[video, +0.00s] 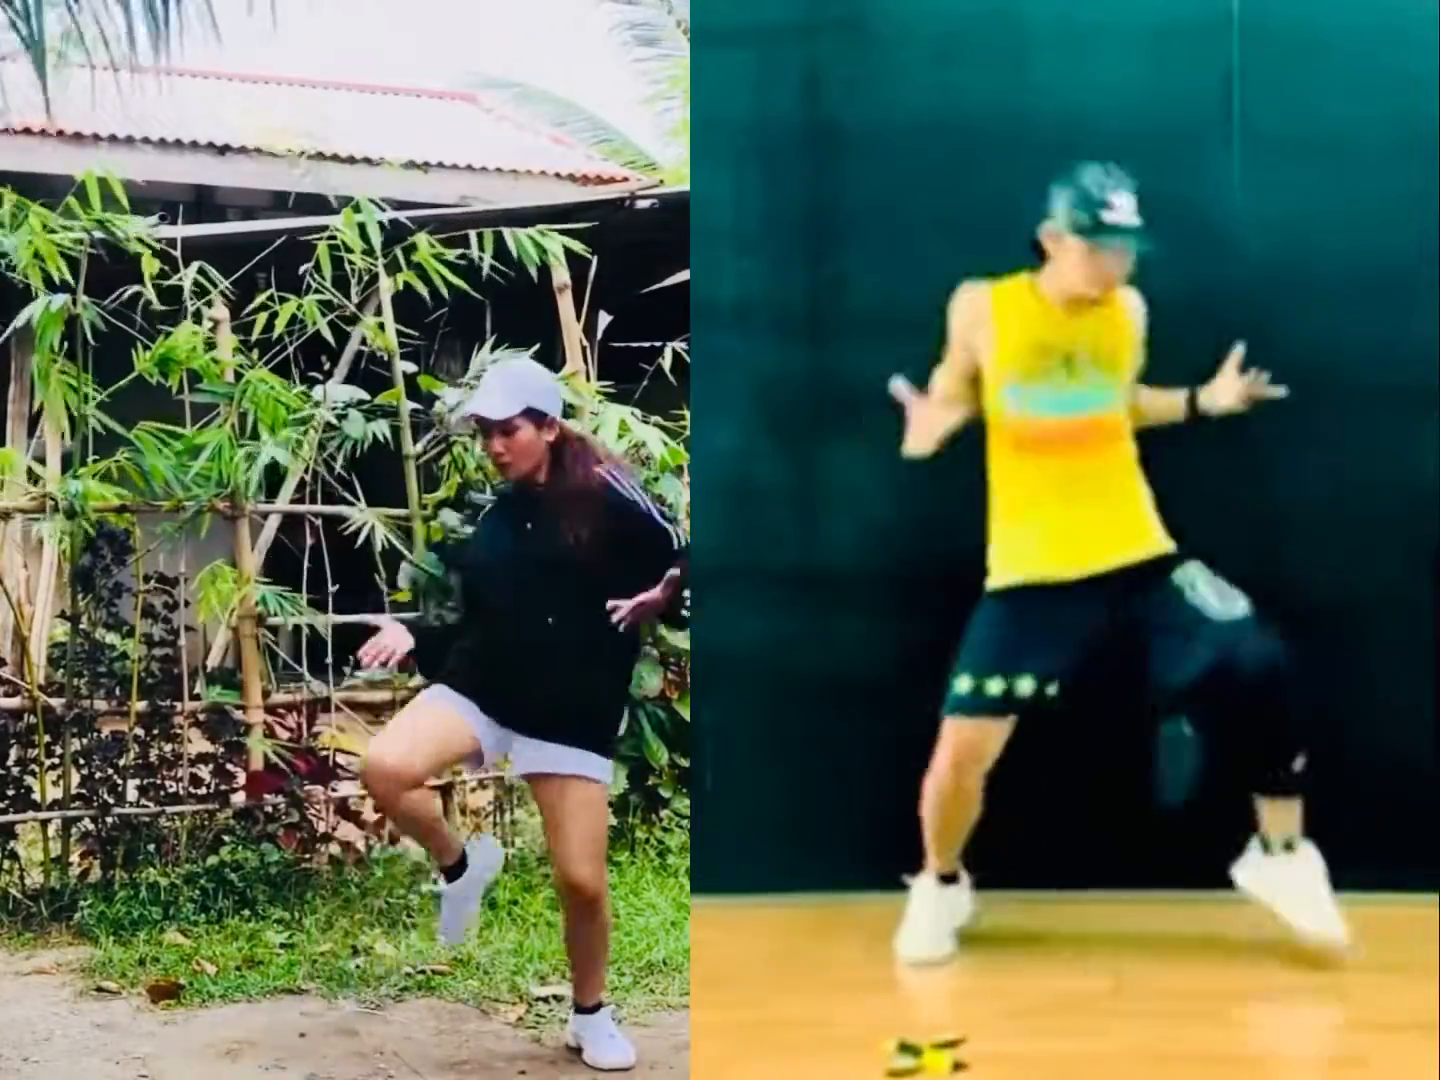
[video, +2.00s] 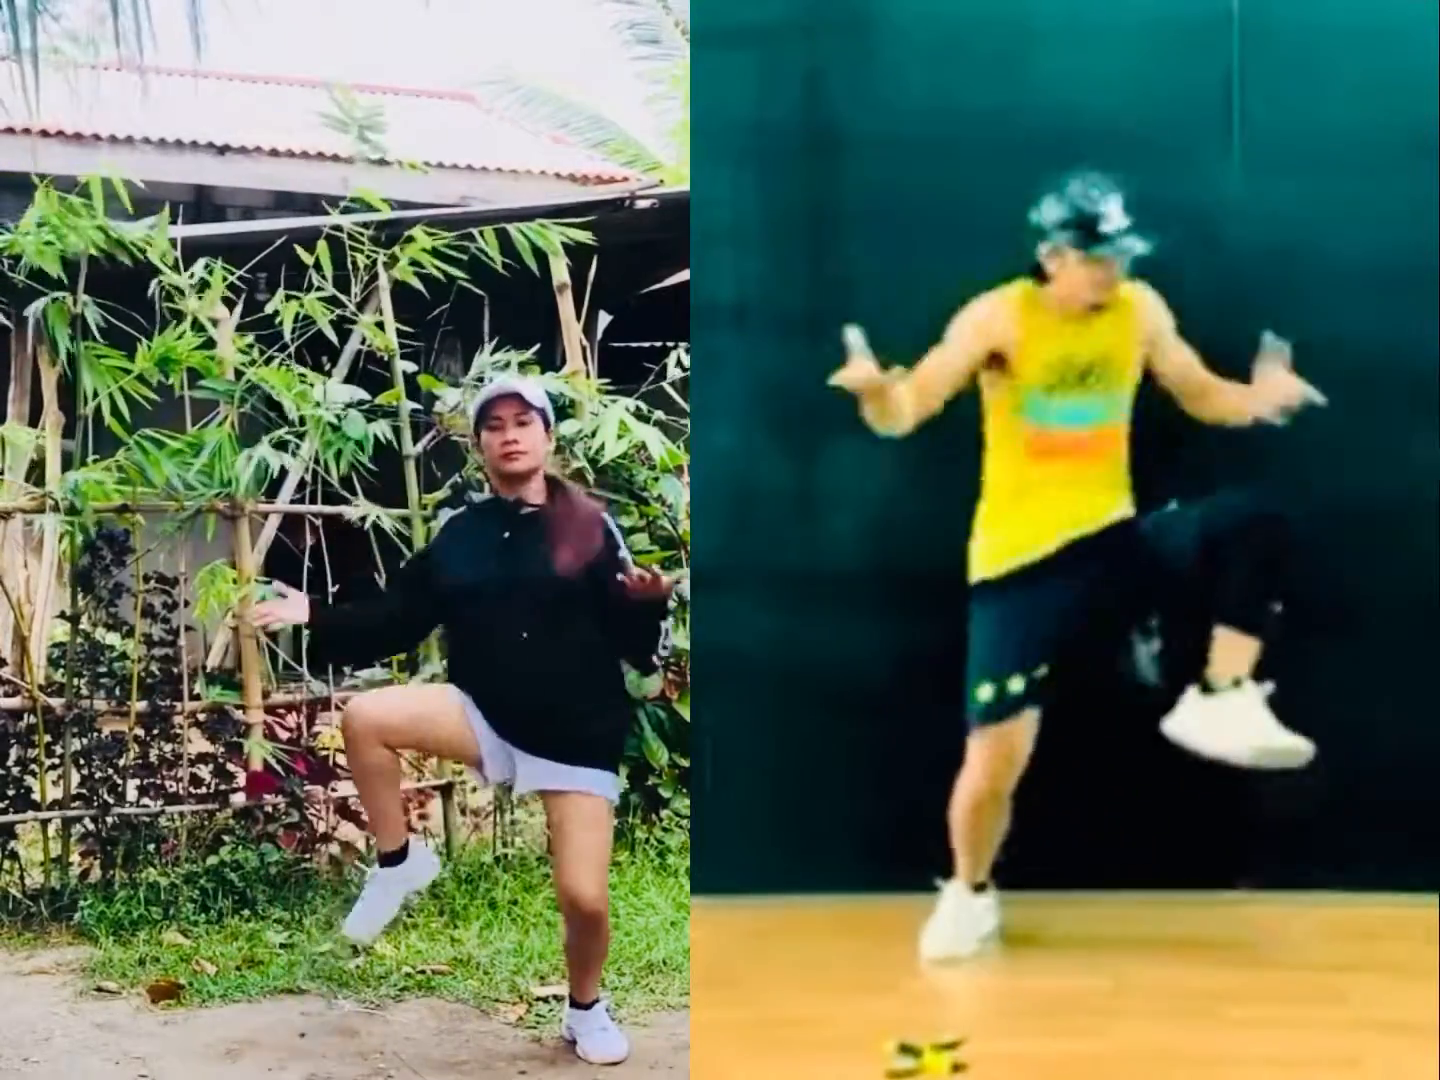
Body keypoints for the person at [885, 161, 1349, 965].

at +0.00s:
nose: (1112, 265)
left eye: (1122, 247)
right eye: (1095, 246)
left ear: (1132, 247)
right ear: (1050, 239)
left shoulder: (1127, 310)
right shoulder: (983, 309)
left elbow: (1122, 403)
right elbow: (955, 389)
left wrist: (1203, 400)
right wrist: (932, 421)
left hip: (1140, 562)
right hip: (1030, 577)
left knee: (1260, 662)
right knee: (960, 754)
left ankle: (1281, 851)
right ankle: (939, 885)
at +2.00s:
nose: (1111, 274)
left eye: (1116, 258)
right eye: (1094, 260)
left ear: (1125, 255)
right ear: (1050, 259)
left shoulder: (1138, 310)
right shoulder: (997, 319)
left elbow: (1200, 393)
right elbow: (908, 408)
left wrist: (1259, 398)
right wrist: (877, 391)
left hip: (1112, 540)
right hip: (1016, 564)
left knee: (1253, 524)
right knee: (998, 754)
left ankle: (1222, 697)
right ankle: (968, 894)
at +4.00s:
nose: (1139, 220)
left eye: (1153, 205)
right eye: (1124, 204)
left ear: (1172, 213)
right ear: (1091, 210)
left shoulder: (1194, 298)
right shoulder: (1051, 282)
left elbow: (1224, 410)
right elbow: (978, 371)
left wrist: (1305, 380)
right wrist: (984, 325)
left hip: (1196, 533)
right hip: (1085, 548)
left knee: (1313, 668)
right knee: (1038, 735)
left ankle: (1348, 844)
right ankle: (1031, 883)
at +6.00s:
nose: (1200, 314)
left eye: (1214, 297)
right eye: (1189, 300)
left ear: (1251, 300)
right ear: (1175, 307)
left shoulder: (1291, 367)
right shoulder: (1151, 364)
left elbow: (1378, 307)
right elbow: (1066, 282)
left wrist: (1430, 260)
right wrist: (988, 192)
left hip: (1275, 621)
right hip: (1164, 626)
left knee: (1384, 747)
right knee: (1106, 789)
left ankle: (1380, 896)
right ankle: (1042, 882)